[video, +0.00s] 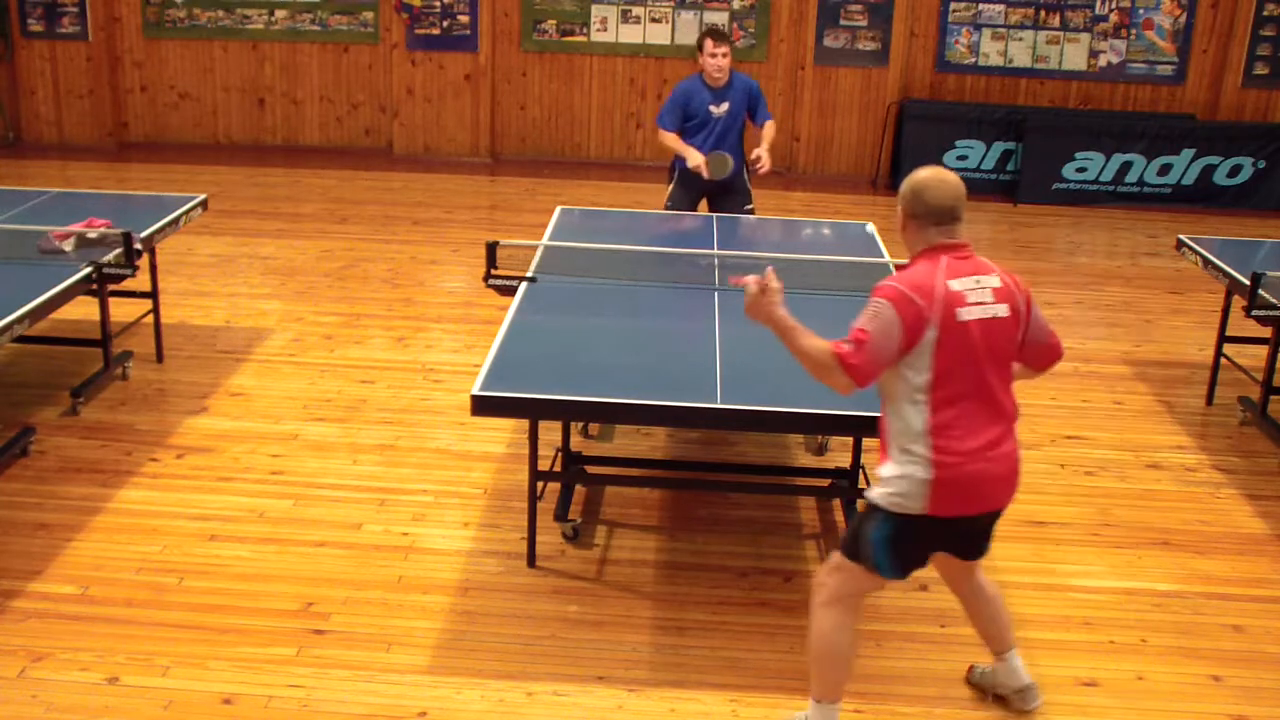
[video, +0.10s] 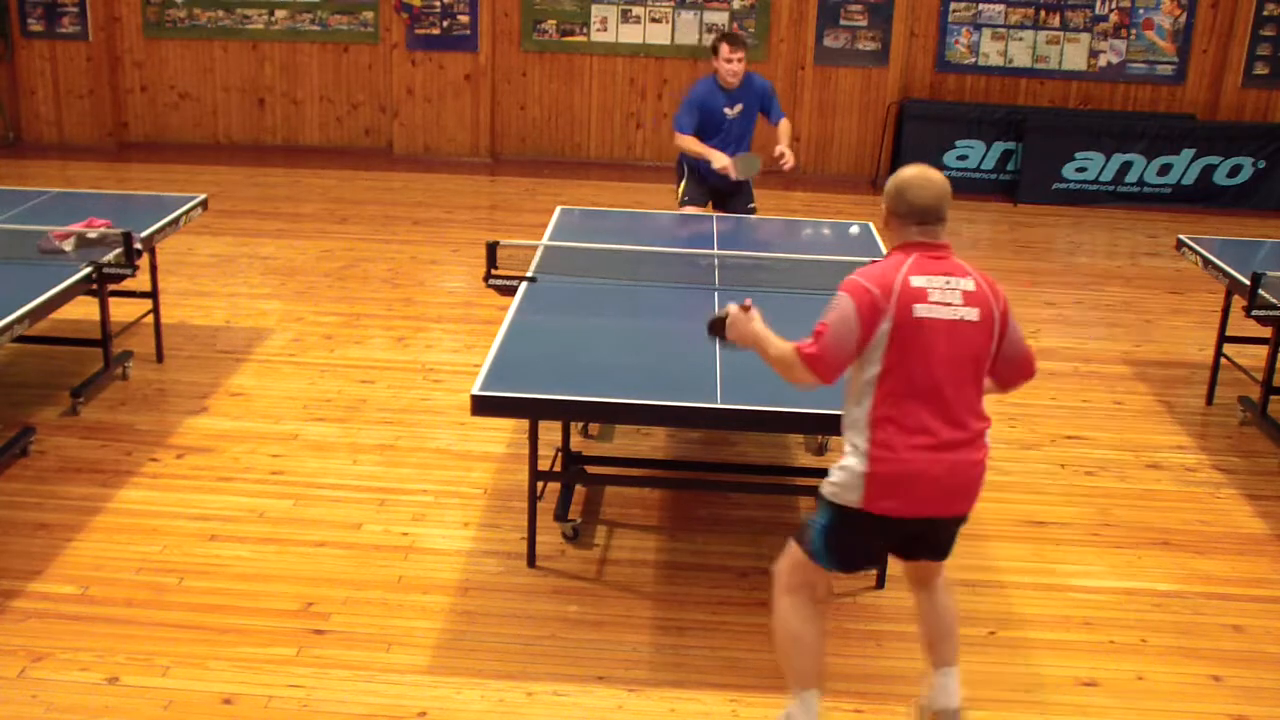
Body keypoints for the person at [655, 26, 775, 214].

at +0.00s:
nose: (719, 62)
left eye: (724, 56)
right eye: (712, 56)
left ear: (731, 58)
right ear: (700, 58)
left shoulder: (746, 88)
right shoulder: (685, 91)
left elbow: (767, 122)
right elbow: (665, 134)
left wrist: (764, 147)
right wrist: (689, 153)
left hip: (732, 175)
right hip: (691, 174)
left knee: (744, 235)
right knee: (672, 230)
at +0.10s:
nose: (734, 68)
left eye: (740, 61)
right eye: (728, 61)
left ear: (746, 62)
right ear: (715, 62)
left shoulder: (758, 87)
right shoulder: (701, 92)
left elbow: (781, 120)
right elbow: (681, 138)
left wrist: (784, 145)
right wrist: (714, 155)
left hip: (737, 169)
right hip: (698, 168)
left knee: (746, 229)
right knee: (691, 222)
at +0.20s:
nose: (750, 76)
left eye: (755, 69)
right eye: (744, 69)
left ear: (761, 68)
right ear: (730, 68)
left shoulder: (769, 90)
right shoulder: (714, 93)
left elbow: (793, 119)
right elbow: (700, 146)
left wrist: (804, 143)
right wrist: (740, 155)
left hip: (736, 168)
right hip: (701, 164)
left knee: (742, 228)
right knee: (699, 216)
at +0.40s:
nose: (775, 104)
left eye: (779, 98)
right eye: (768, 98)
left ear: (783, 95)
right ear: (750, 93)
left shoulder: (777, 107)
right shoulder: (729, 116)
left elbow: (805, 114)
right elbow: (723, 171)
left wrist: (836, 132)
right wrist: (768, 169)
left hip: (736, 176)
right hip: (703, 176)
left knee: (742, 234)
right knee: (712, 236)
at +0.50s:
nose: (777, 114)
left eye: (782, 106)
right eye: (771, 106)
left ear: (787, 105)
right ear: (754, 102)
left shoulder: (777, 115)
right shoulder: (737, 127)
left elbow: (793, 102)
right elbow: (720, 179)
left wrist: (829, 120)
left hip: (742, 182)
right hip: (709, 184)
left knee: (750, 233)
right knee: (723, 238)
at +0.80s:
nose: (786, 89)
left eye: (793, 83)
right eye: (780, 82)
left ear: (800, 85)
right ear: (769, 83)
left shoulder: (804, 103)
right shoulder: (752, 113)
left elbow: (806, 124)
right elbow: (715, 147)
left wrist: (820, 155)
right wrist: (715, 162)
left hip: (773, 182)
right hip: (739, 185)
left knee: (789, 234)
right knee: (740, 243)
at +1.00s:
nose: (797, 68)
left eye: (804, 62)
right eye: (792, 61)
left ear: (815, 66)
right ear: (783, 63)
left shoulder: (828, 95)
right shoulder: (768, 99)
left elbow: (845, 131)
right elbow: (742, 138)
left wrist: (847, 168)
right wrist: (745, 155)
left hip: (804, 181)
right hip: (764, 178)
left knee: (811, 238)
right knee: (743, 233)